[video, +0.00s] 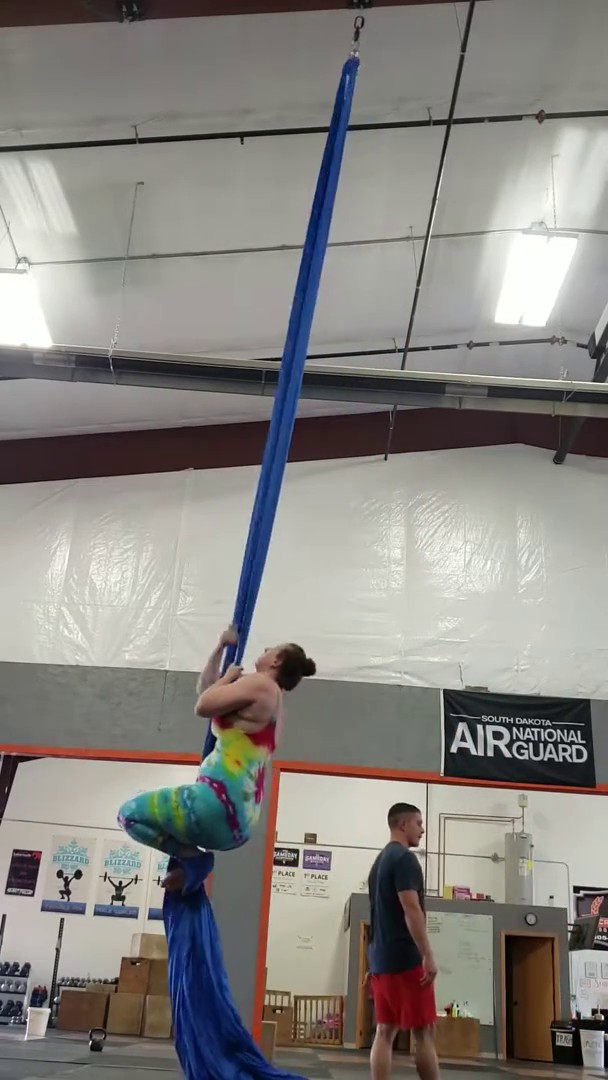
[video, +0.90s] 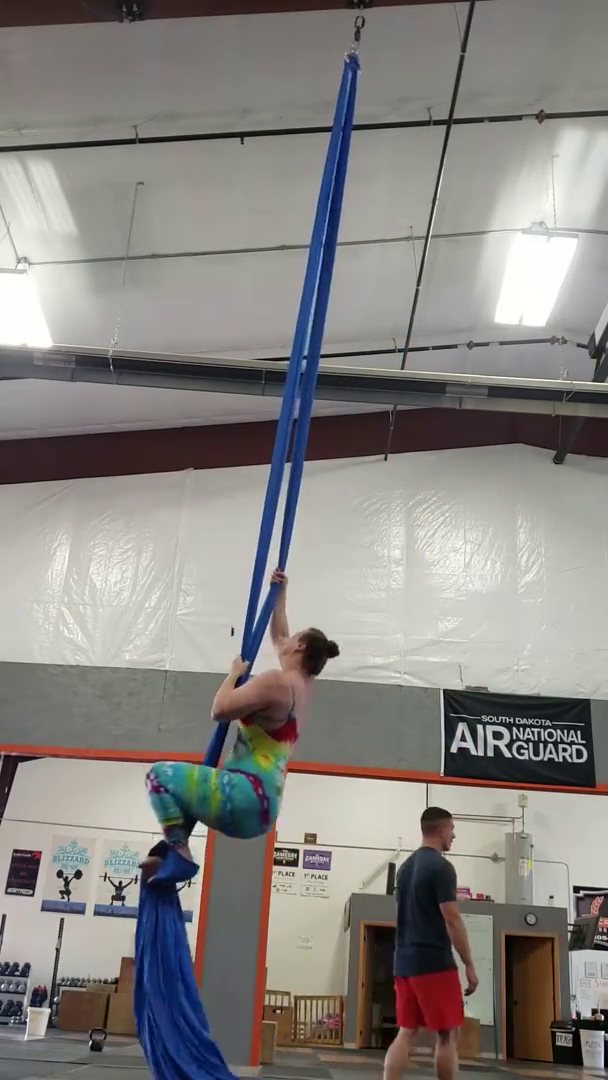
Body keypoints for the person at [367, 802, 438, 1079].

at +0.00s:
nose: (422, 829)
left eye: (421, 823)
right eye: (418, 823)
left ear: (397, 825)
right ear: (402, 824)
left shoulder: (380, 861)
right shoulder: (404, 858)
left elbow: (378, 916)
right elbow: (410, 908)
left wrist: (374, 964)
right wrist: (428, 955)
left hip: (380, 961)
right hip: (406, 960)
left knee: (385, 1032)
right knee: (424, 1032)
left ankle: (379, 1077)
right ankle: (432, 1077)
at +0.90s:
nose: (453, 836)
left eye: (453, 830)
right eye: (451, 830)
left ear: (426, 831)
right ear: (441, 831)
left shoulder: (406, 866)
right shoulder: (441, 866)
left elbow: (406, 918)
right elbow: (452, 919)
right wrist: (469, 964)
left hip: (403, 963)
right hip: (434, 964)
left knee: (406, 1032)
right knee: (448, 1035)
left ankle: (388, 1077)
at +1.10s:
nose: (461, 838)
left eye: (461, 833)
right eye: (461, 833)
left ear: (434, 832)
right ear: (456, 834)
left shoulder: (414, 866)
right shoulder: (452, 868)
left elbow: (416, 918)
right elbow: (464, 920)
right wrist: (478, 967)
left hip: (414, 960)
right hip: (443, 961)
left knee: (421, 1030)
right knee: (454, 1033)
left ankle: (396, 1076)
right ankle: (451, 1077)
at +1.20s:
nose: (461, 838)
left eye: (461, 833)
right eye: (461, 833)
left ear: (434, 832)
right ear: (455, 833)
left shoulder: (416, 866)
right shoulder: (452, 867)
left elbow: (416, 916)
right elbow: (467, 920)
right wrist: (484, 965)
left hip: (416, 960)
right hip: (443, 960)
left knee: (424, 1030)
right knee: (455, 1032)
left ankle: (396, 1076)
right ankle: (450, 1077)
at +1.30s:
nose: (461, 836)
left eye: (460, 831)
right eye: (459, 831)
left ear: (434, 832)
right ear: (449, 833)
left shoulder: (416, 867)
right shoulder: (447, 868)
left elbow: (422, 916)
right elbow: (464, 921)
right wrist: (487, 961)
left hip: (416, 962)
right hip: (441, 963)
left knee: (422, 1033)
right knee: (452, 1035)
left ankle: (402, 1077)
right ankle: (449, 1078)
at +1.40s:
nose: (457, 837)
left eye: (457, 831)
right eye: (454, 831)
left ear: (434, 833)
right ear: (441, 833)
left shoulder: (415, 867)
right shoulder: (439, 869)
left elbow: (418, 919)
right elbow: (456, 921)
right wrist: (485, 957)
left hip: (414, 962)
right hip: (437, 963)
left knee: (420, 1034)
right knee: (452, 1034)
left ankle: (400, 1077)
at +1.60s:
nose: (446, 840)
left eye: (446, 834)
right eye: (442, 834)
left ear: (424, 836)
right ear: (426, 835)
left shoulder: (413, 867)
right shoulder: (419, 870)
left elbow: (420, 922)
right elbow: (427, 922)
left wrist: (446, 959)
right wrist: (453, 960)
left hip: (405, 964)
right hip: (421, 965)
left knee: (410, 1034)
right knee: (438, 1033)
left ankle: (397, 1077)